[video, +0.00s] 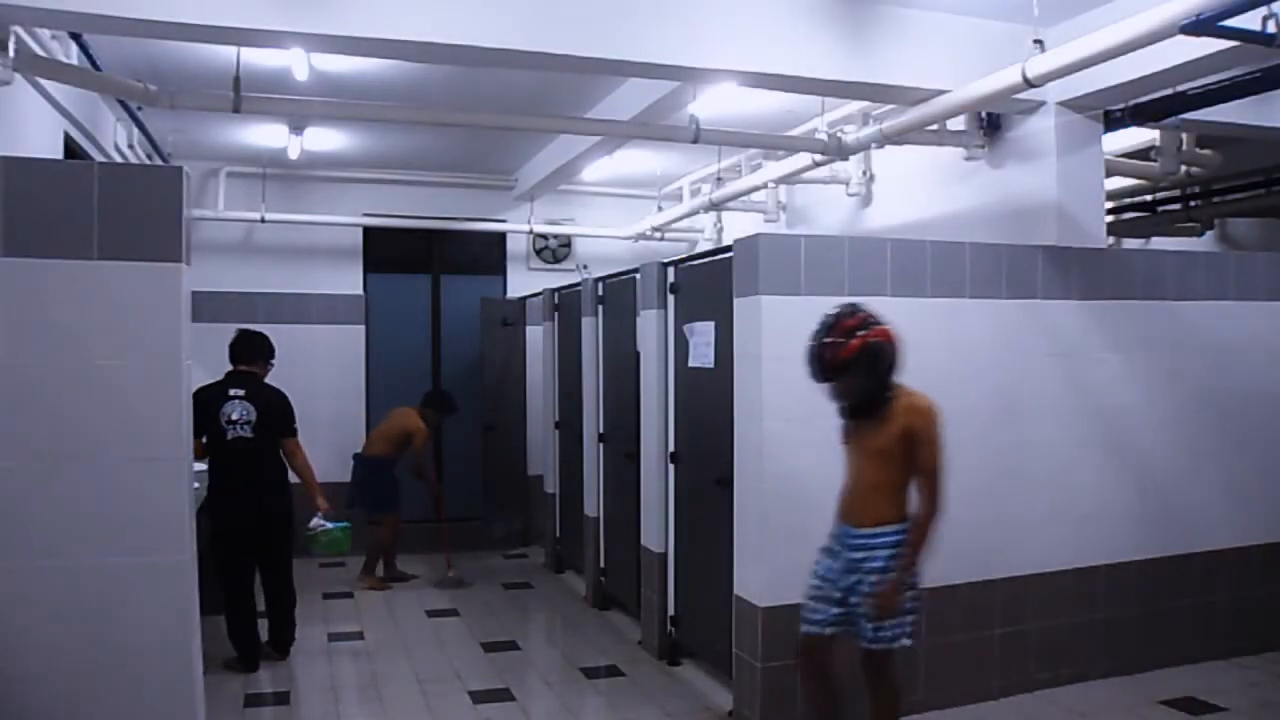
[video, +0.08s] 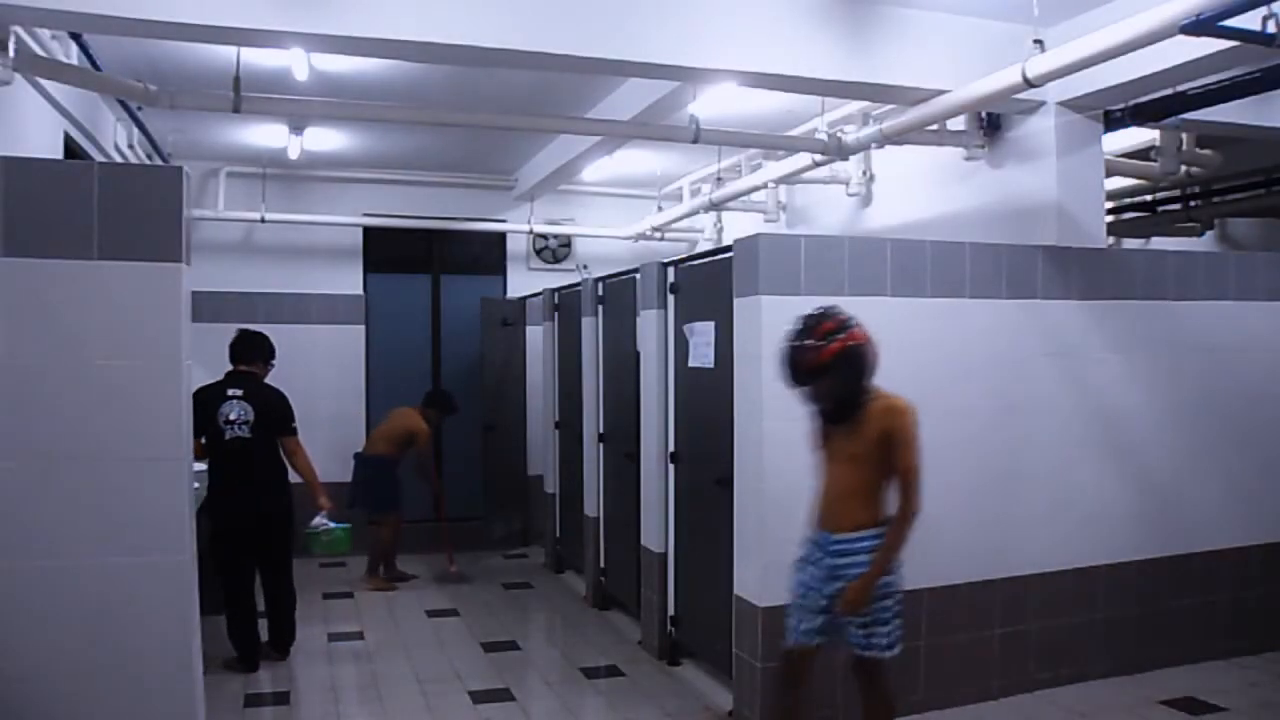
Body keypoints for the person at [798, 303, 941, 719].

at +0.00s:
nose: (835, 391)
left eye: (843, 379)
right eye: (831, 380)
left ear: (872, 369)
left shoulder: (915, 413)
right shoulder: (854, 411)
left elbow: (929, 503)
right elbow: (859, 483)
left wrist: (900, 577)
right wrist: (840, 544)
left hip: (886, 549)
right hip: (841, 544)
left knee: (877, 660)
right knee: (812, 649)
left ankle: (885, 714)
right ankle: (826, 714)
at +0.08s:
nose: (812, 394)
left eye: (820, 381)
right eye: (807, 383)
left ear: (850, 371)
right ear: (804, 378)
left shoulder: (893, 414)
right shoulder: (828, 416)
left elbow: (909, 505)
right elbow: (835, 486)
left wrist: (868, 581)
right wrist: (818, 546)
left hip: (867, 555)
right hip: (820, 551)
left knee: (870, 672)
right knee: (794, 665)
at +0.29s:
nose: (758, 403)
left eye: (767, 390)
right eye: (750, 392)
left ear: (792, 377)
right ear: (743, 384)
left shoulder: (834, 418)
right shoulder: (753, 415)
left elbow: (852, 507)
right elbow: (748, 488)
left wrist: (840, 589)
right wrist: (738, 554)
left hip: (805, 561)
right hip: (750, 557)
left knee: (791, 683)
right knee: (734, 671)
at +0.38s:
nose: (745, 404)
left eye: (755, 393)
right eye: (736, 394)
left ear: (778, 375)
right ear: (725, 381)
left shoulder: (819, 417)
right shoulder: (722, 414)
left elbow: (834, 503)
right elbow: (712, 492)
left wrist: (830, 585)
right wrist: (699, 564)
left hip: (786, 560)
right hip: (729, 555)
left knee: (761, 679)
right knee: (724, 677)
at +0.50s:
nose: (729, 411)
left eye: (741, 401)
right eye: (720, 399)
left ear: (763, 381)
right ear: (704, 383)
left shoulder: (793, 416)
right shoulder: (685, 414)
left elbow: (806, 494)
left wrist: (807, 571)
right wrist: (655, 563)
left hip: (759, 563)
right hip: (700, 560)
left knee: (726, 680)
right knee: (713, 679)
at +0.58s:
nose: (718, 414)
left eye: (730, 404)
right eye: (708, 402)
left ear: (753, 385)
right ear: (690, 383)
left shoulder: (776, 420)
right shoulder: (669, 417)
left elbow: (787, 495)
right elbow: (635, 486)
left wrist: (790, 569)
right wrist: (639, 565)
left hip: (743, 567)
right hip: (685, 564)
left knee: (709, 679)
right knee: (697, 677)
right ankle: (722, 707)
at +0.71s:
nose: (707, 417)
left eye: (718, 408)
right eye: (696, 407)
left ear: (738, 388)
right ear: (673, 384)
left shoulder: (752, 424)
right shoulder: (643, 420)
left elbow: (758, 503)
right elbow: (619, 500)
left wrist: (763, 577)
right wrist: (622, 569)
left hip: (719, 573)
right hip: (656, 568)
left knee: (690, 691)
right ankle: (665, 717)